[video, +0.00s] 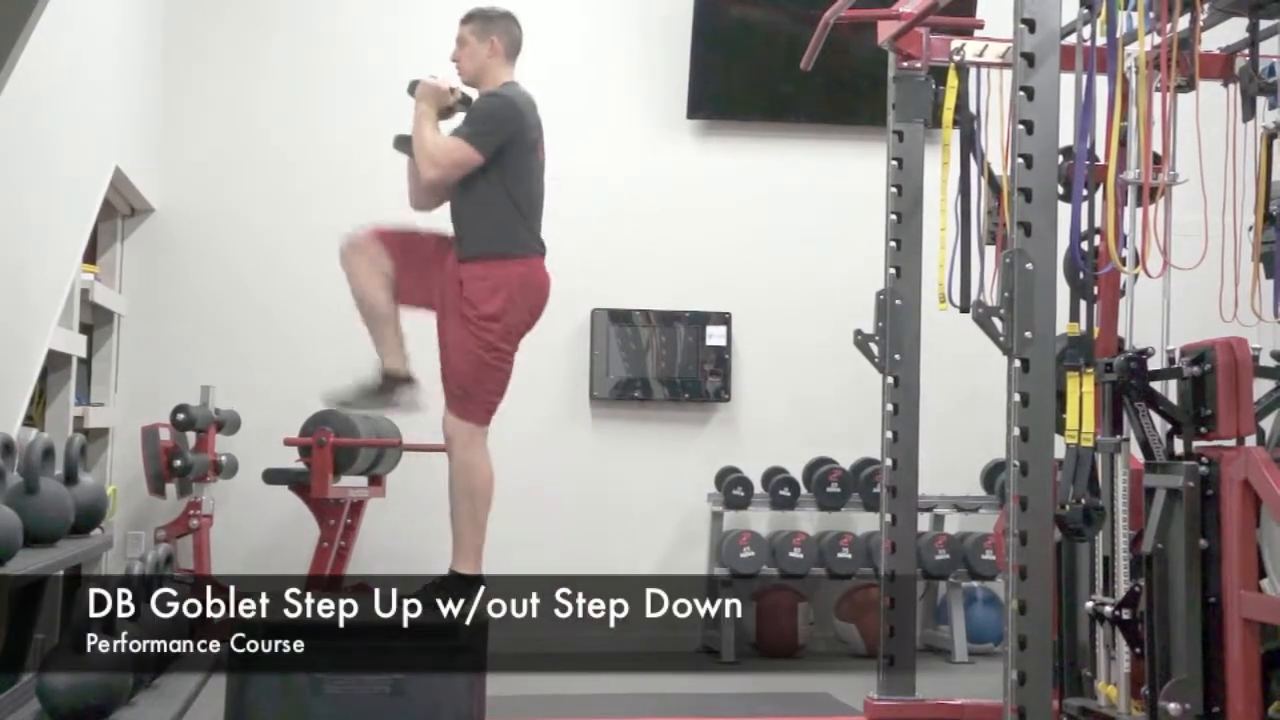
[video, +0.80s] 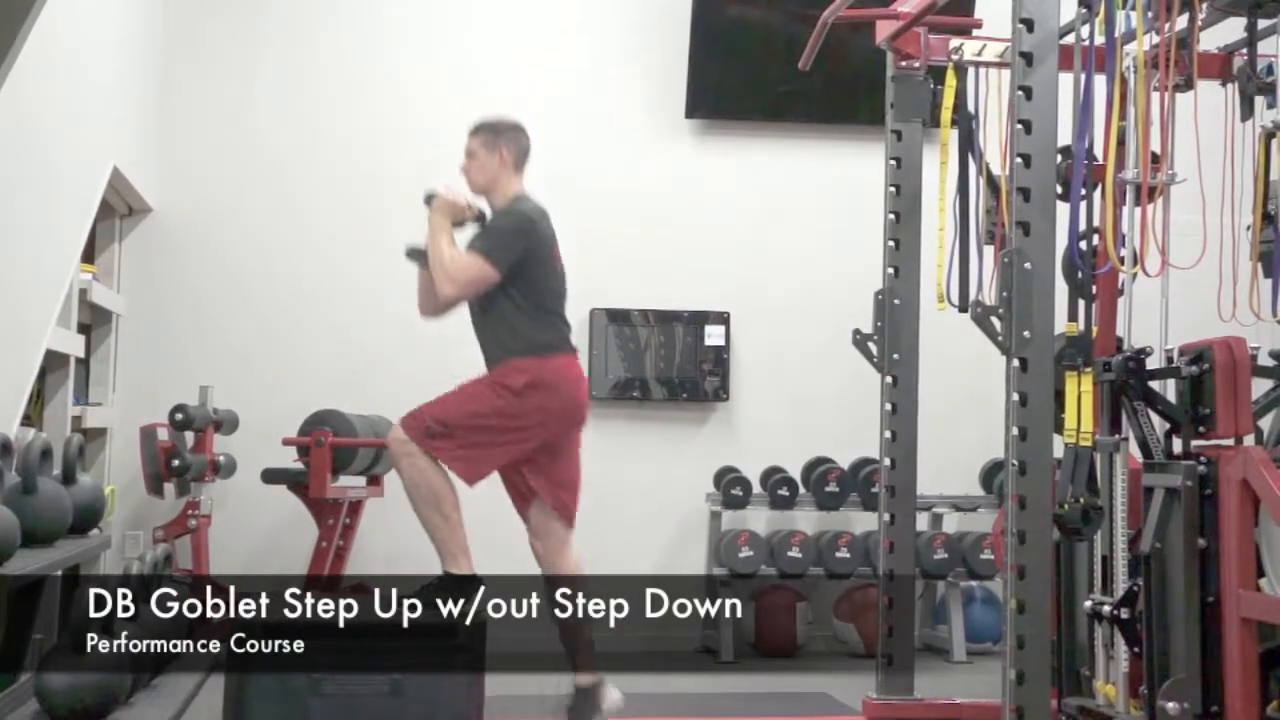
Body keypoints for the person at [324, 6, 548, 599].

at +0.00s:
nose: (453, 54)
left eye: (462, 43)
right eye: (455, 44)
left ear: (495, 46)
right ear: (495, 47)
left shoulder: (507, 105)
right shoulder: (488, 111)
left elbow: (434, 169)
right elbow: (422, 197)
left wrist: (425, 106)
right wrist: (427, 125)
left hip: (499, 280)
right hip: (466, 266)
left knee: (464, 432)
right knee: (363, 250)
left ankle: (465, 582)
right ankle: (395, 375)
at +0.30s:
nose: (449, 57)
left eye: (457, 45)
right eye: (451, 46)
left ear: (488, 47)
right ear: (489, 47)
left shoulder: (502, 105)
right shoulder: (483, 109)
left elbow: (428, 172)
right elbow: (420, 197)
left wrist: (420, 107)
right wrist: (425, 121)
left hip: (494, 282)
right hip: (455, 269)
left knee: (462, 433)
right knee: (355, 275)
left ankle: (465, 582)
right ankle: (412, 399)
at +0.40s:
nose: (449, 61)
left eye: (457, 49)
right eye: (450, 50)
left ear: (490, 49)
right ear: (493, 51)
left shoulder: (500, 107)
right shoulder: (483, 114)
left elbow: (427, 175)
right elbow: (422, 198)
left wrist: (422, 111)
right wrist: (424, 130)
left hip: (499, 283)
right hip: (467, 278)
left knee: (454, 430)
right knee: (375, 357)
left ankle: (463, 583)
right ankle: (471, 463)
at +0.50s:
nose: (448, 67)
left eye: (457, 56)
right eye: (450, 56)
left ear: (489, 58)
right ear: (490, 59)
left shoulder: (503, 118)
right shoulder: (490, 124)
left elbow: (429, 186)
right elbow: (417, 207)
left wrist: (422, 120)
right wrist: (420, 135)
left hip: (505, 290)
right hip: (495, 289)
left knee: (439, 425)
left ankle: (462, 580)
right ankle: (518, 533)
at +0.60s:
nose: (448, 91)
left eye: (456, 80)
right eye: (449, 80)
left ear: (489, 81)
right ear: (490, 82)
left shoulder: (504, 140)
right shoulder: (488, 146)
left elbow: (433, 206)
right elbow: (415, 230)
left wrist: (422, 144)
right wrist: (421, 158)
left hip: (510, 309)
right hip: (518, 310)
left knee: (422, 434)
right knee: (488, 457)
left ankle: (461, 582)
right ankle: (550, 593)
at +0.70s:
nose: (452, 125)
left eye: (460, 114)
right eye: (453, 115)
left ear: (493, 115)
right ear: (493, 116)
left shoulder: (508, 175)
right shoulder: (493, 181)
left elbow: (439, 240)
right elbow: (421, 265)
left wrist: (427, 176)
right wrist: (425, 197)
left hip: (519, 342)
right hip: (537, 343)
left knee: (412, 438)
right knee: (529, 490)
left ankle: (461, 585)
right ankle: (568, 626)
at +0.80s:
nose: (463, 168)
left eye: (472, 156)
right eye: (465, 157)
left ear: (505, 158)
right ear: (502, 159)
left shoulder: (521, 218)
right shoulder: (503, 225)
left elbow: (452, 283)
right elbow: (432, 304)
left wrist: (441, 220)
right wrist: (439, 237)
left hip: (536, 382)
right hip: (556, 386)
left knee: (408, 441)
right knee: (550, 535)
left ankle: (461, 581)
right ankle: (590, 682)